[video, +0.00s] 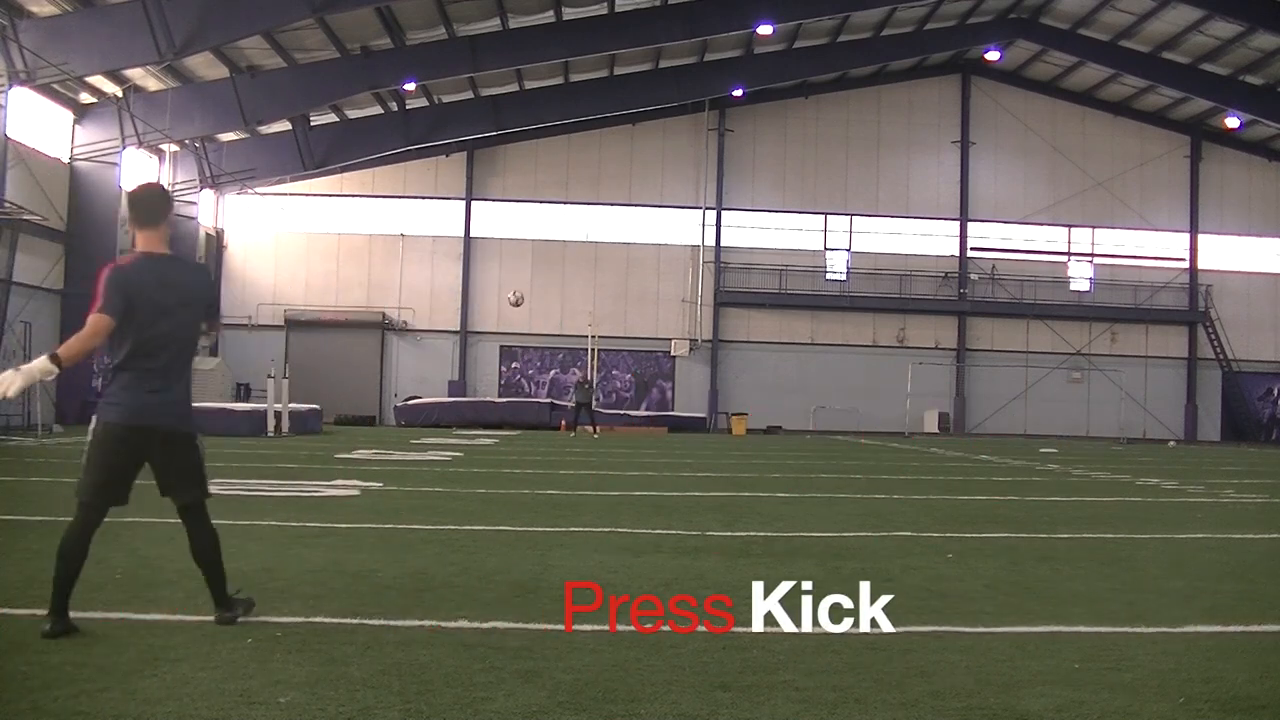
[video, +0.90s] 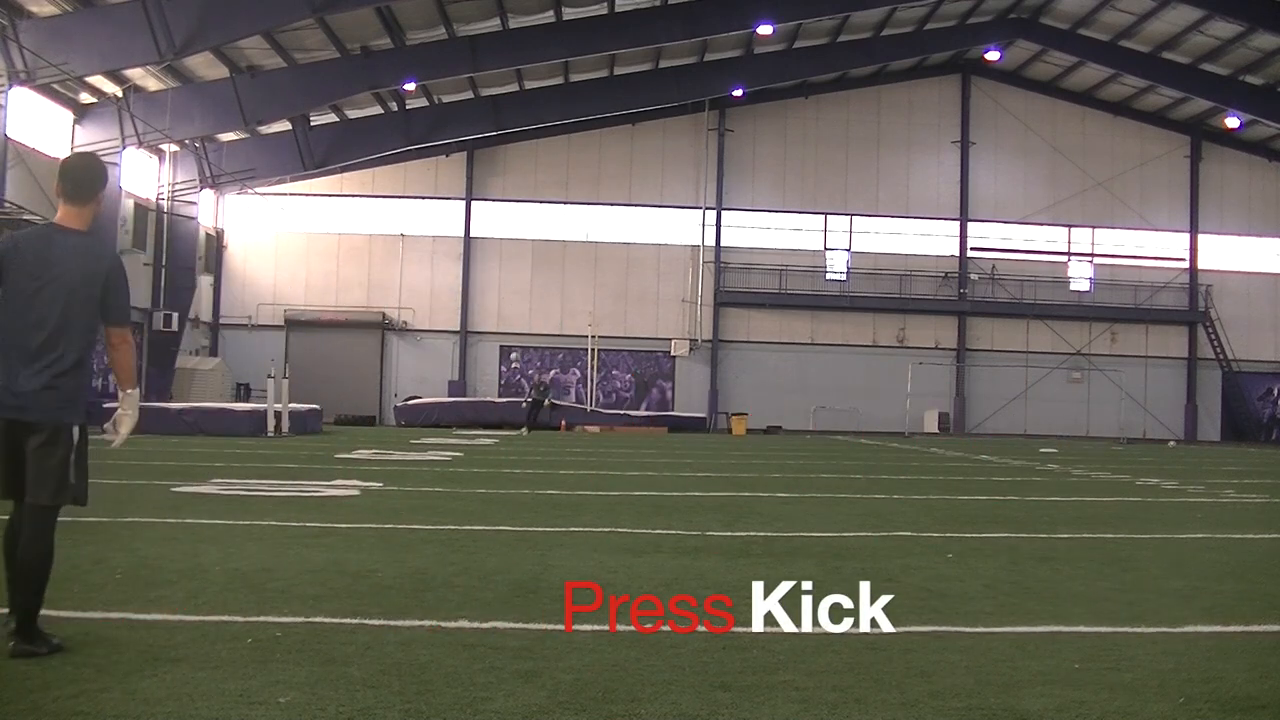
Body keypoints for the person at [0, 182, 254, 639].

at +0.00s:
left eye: (130, 217)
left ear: (130, 220)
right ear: (170, 219)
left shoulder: (120, 273)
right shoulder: (197, 275)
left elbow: (95, 334)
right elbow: (209, 328)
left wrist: (37, 368)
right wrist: (214, 258)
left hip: (118, 419)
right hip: (174, 420)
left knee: (86, 518)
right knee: (195, 514)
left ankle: (57, 615)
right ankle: (224, 603)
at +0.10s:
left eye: (110, 210)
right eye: (143, 205)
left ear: (106, 212)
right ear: (149, 211)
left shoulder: (95, 266)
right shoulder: (180, 270)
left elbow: (75, 330)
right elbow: (174, 329)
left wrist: (29, 387)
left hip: (98, 411)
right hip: (152, 411)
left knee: (73, 514)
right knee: (178, 504)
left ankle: (56, 615)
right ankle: (198, 599)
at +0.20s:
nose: (98, 210)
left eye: (90, 203)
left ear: (89, 205)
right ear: (131, 205)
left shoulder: (75, 264)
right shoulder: (160, 264)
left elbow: (58, 334)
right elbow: (169, 331)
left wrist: (27, 389)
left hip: (82, 408)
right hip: (140, 408)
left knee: (65, 511)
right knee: (163, 495)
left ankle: (54, 615)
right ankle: (146, 603)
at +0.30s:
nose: (79, 207)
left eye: (74, 200)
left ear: (74, 203)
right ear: (118, 204)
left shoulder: (58, 264)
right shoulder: (144, 264)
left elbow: (42, 336)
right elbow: (138, 329)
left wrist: (13, 389)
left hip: (69, 409)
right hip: (126, 408)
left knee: (57, 513)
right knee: (140, 498)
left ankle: (54, 616)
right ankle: (92, 597)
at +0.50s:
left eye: (63, 198)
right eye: (103, 197)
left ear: (63, 201)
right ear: (107, 202)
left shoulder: (37, 262)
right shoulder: (130, 267)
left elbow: (4, 330)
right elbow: (133, 355)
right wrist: (118, 363)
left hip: (44, 408)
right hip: (95, 412)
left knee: (42, 511)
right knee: (68, 518)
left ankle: (48, 613)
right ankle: (34, 627)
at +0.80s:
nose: (103, 203)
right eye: (106, 195)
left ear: (60, 192)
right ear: (105, 197)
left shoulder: (19, 247)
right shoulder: (108, 260)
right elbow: (127, 335)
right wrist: (140, 397)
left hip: (11, 401)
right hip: (61, 406)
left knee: (29, 508)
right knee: (42, 515)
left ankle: (36, 611)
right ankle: (27, 631)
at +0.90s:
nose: (100, 201)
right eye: (102, 193)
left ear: (56, 190)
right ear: (100, 196)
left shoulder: (15, 245)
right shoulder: (103, 257)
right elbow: (118, 337)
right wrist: (130, 399)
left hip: (7, 401)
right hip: (55, 408)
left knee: (22, 509)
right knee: (39, 516)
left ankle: (20, 618)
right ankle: (25, 631)